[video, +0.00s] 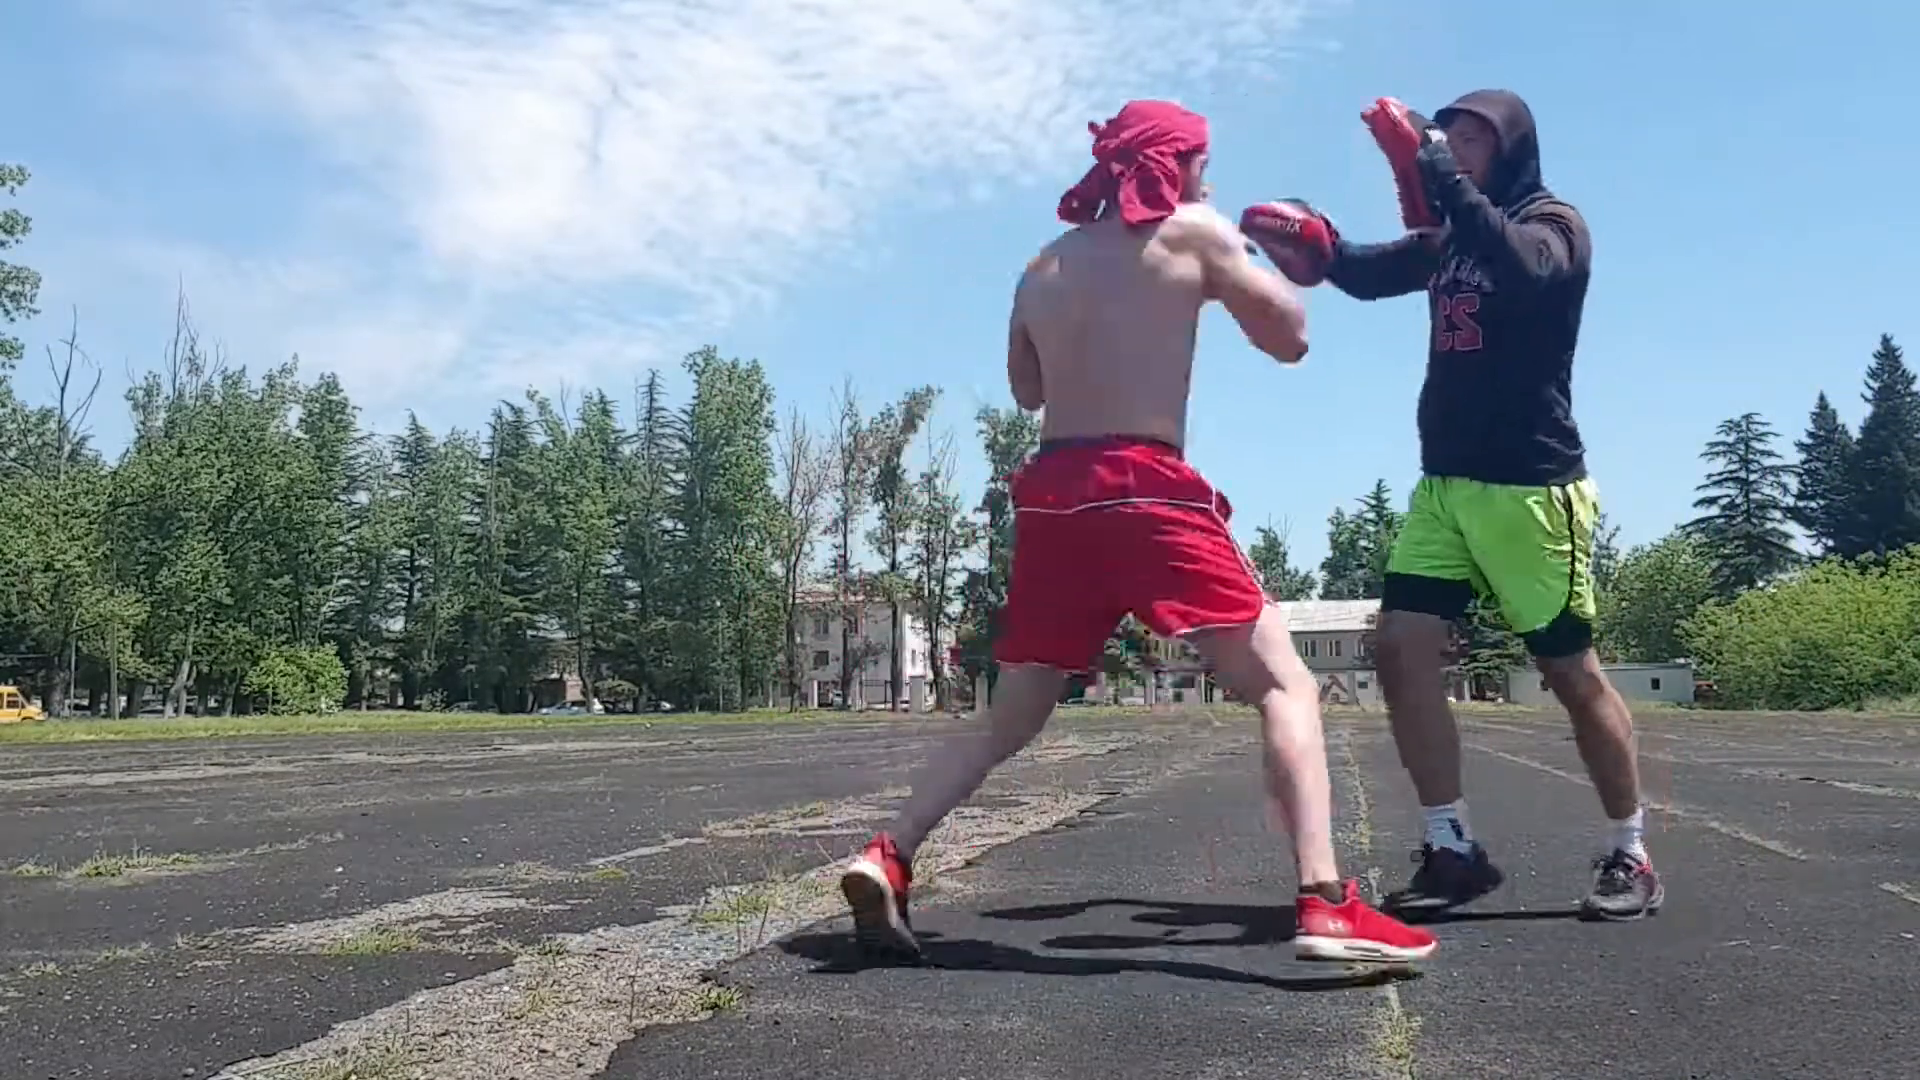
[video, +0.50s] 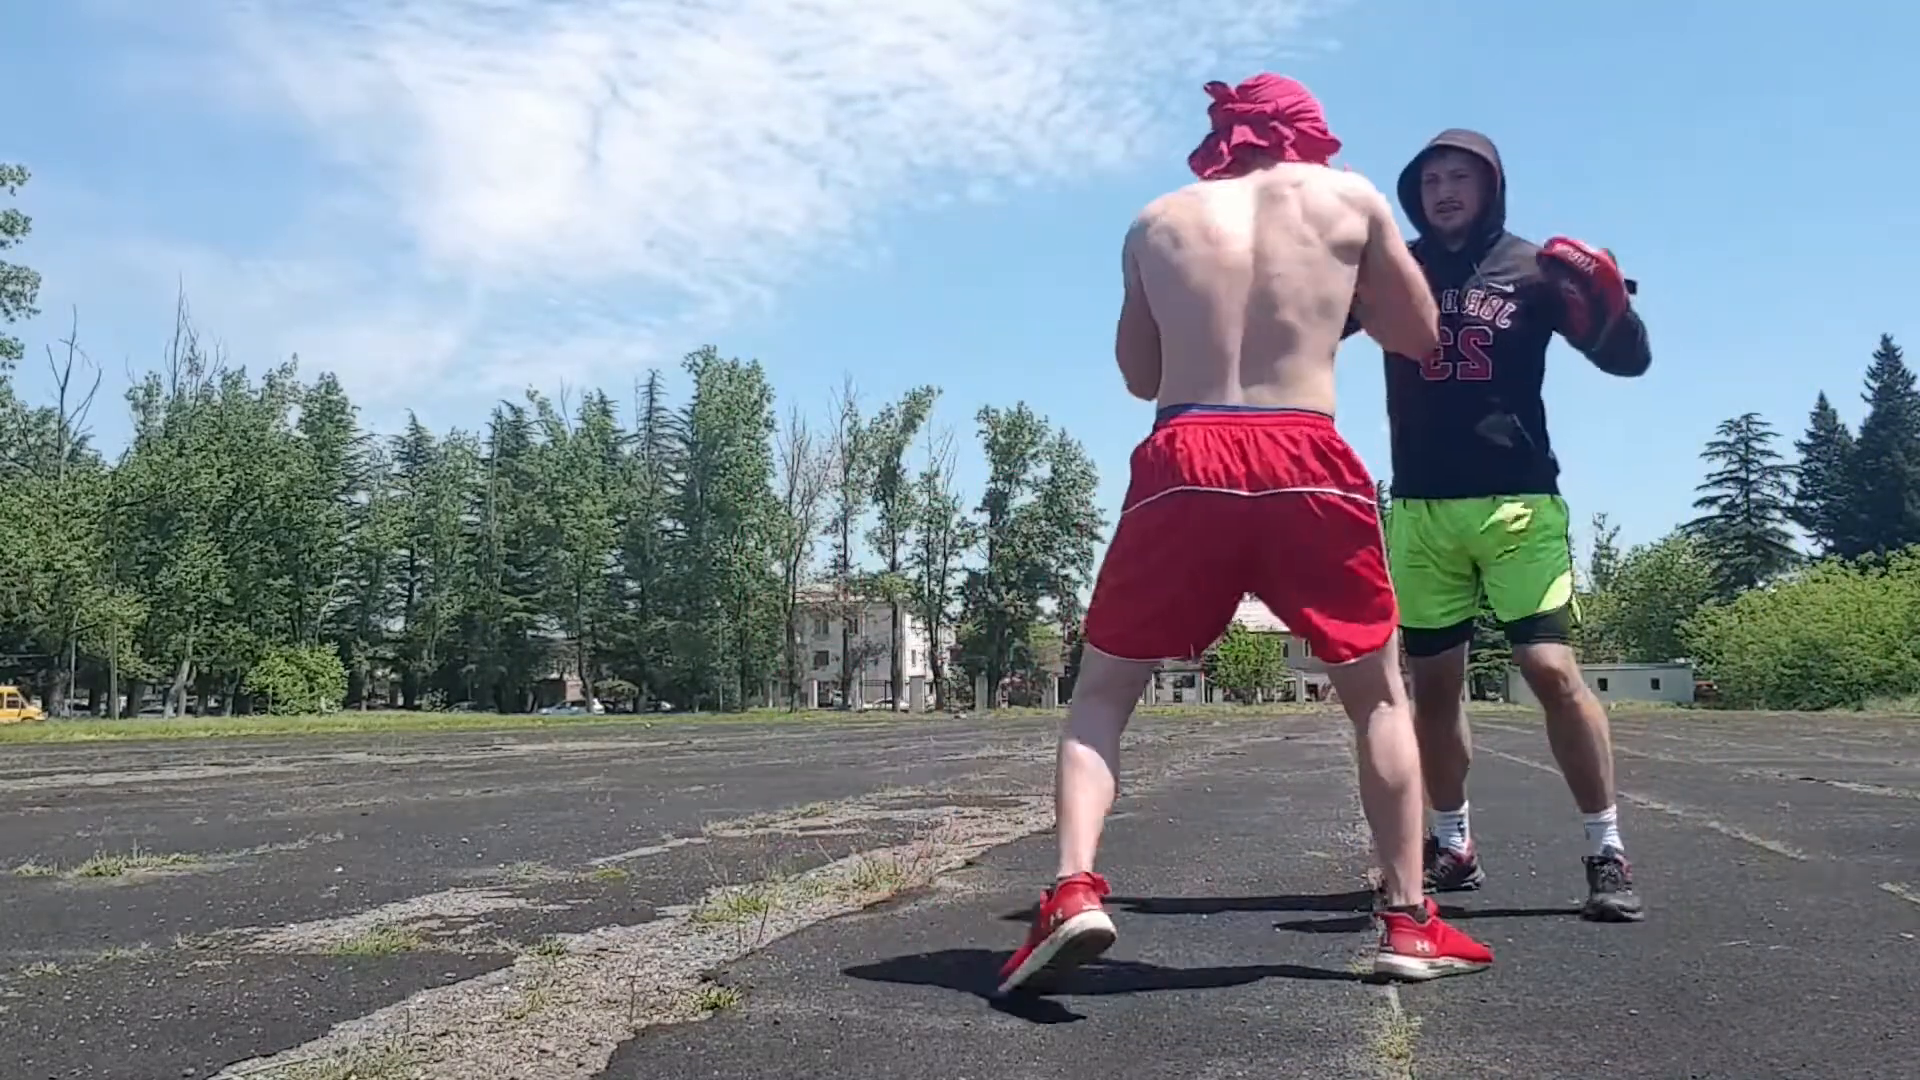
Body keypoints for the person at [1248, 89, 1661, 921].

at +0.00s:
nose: (1447, 150)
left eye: (1466, 135)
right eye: (1442, 137)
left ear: (1510, 148)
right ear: (1441, 155)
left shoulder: (1556, 225)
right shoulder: (1450, 238)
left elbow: (1528, 268)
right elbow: (1374, 271)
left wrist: (1447, 183)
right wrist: (1323, 252)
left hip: (1532, 489)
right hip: (1444, 487)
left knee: (1574, 675)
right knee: (1403, 648)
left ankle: (1631, 856)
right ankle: (1451, 851)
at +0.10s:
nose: (1454, 162)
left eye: (1474, 147)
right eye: (1448, 152)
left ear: (1518, 157)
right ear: (1445, 165)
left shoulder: (1558, 224)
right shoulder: (1448, 248)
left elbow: (1531, 254)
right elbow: (1383, 304)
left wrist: (1441, 192)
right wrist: (1320, 286)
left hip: (1545, 492)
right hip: (1452, 489)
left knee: (1593, 677)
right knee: (1386, 640)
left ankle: (1632, 860)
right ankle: (1443, 826)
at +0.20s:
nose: (1461, 154)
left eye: (1479, 142)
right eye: (1452, 145)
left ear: (1516, 159)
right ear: (1439, 166)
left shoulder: (1563, 235)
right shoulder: (1441, 257)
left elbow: (1636, 271)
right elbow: (1374, 345)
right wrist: (1323, 330)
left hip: (1544, 487)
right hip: (1451, 486)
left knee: (1589, 673)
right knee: (1389, 646)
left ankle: (1629, 856)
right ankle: (1442, 804)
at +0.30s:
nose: (1457, 167)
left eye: (1473, 152)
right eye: (1444, 158)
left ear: (1510, 163)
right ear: (1435, 179)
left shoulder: (1565, 243)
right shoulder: (1432, 267)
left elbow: (1675, 328)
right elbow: (1394, 362)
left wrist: (1632, 275)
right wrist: (1335, 369)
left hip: (1543, 490)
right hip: (1445, 490)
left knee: (1590, 674)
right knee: (1409, 660)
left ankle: (1632, 860)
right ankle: (1437, 809)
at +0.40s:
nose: (1454, 176)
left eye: (1471, 162)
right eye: (1441, 167)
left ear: (1503, 173)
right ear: (1428, 184)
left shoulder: (1550, 252)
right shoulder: (1409, 272)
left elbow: (1636, 348)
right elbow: (1340, 369)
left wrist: (1627, 340)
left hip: (1535, 495)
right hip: (1436, 499)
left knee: (1582, 679)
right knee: (1429, 676)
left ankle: (1630, 858)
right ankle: (1439, 834)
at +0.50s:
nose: (1446, 191)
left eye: (1462, 179)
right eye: (1433, 181)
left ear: (1492, 190)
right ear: (1415, 195)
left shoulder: (1533, 267)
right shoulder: (1392, 272)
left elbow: (1630, 361)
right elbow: (1318, 313)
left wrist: (1612, 305)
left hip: (1518, 502)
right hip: (1420, 509)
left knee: (1551, 671)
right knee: (1432, 689)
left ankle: (1607, 851)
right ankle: (1450, 847)